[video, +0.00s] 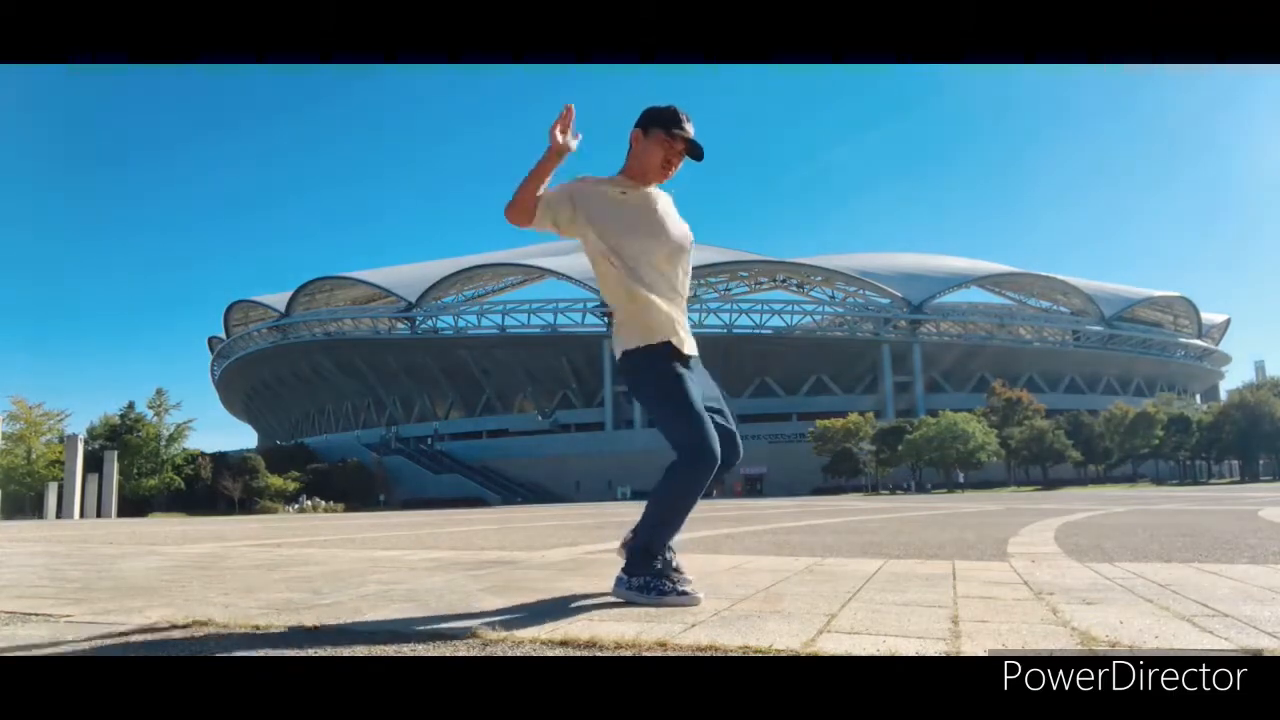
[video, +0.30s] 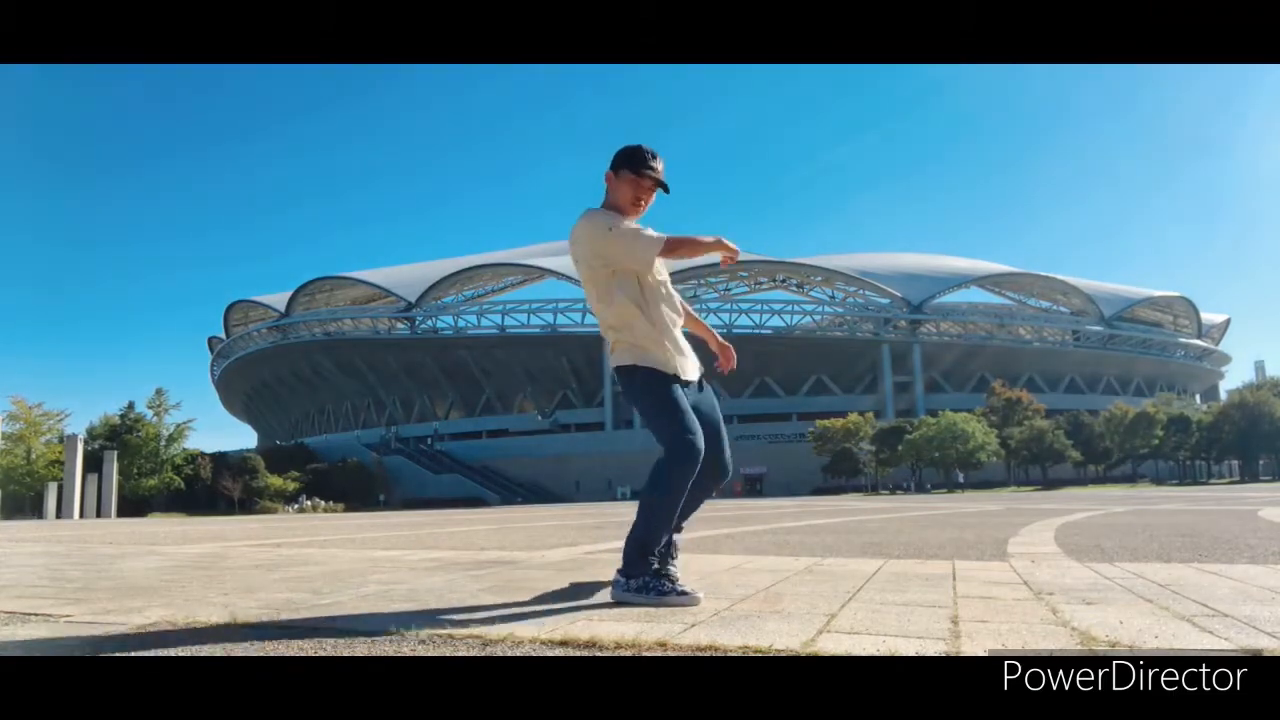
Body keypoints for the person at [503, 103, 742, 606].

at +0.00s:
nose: (674, 161)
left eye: (682, 155)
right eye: (668, 148)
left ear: (683, 157)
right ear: (638, 138)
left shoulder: (661, 199)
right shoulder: (593, 193)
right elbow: (518, 212)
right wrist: (554, 155)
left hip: (682, 349)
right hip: (646, 351)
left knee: (726, 450)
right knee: (701, 452)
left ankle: (647, 546)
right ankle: (641, 569)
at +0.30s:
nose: (645, 197)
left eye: (652, 191)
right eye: (637, 185)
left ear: (655, 193)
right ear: (611, 179)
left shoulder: (636, 238)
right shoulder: (593, 226)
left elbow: (668, 301)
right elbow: (664, 247)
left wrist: (711, 337)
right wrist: (716, 243)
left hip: (682, 363)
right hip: (642, 364)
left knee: (716, 464)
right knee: (685, 450)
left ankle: (656, 553)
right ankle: (635, 573)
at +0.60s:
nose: (642, 194)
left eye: (649, 188)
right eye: (634, 185)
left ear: (656, 195)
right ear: (615, 190)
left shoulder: (665, 243)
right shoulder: (599, 233)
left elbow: (676, 310)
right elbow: (629, 274)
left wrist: (690, 354)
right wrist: (682, 279)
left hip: (669, 363)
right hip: (622, 360)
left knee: (674, 459)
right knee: (632, 439)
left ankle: (642, 550)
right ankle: (615, 549)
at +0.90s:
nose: (636, 214)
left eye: (643, 209)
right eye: (629, 209)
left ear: (654, 216)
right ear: (616, 216)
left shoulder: (668, 267)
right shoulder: (600, 254)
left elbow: (675, 332)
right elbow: (585, 312)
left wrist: (678, 382)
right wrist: (584, 362)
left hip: (659, 383)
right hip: (611, 381)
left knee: (663, 464)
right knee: (610, 469)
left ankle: (644, 551)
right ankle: (627, 537)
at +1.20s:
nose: (635, 226)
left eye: (641, 221)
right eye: (628, 222)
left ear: (652, 228)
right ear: (617, 230)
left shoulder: (668, 278)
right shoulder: (597, 273)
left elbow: (675, 336)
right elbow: (584, 328)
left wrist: (686, 375)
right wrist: (582, 375)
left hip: (662, 385)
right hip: (616, 385)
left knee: (670, 460)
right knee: (625, 469)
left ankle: (655, 543)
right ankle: (637, 541)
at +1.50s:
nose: (637, 226)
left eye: (643, 220)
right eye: (631, 221)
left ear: (655, 226)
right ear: (620, 227)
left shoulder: (678, 270)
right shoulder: (605, 276)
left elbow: (699, 319)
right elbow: (600, 329)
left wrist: (706, 355)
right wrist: (595, 375)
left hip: (678, 380)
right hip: (629, 382)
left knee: (687, 457)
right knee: (632, 467)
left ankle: (694, 538)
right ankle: (638, 542)